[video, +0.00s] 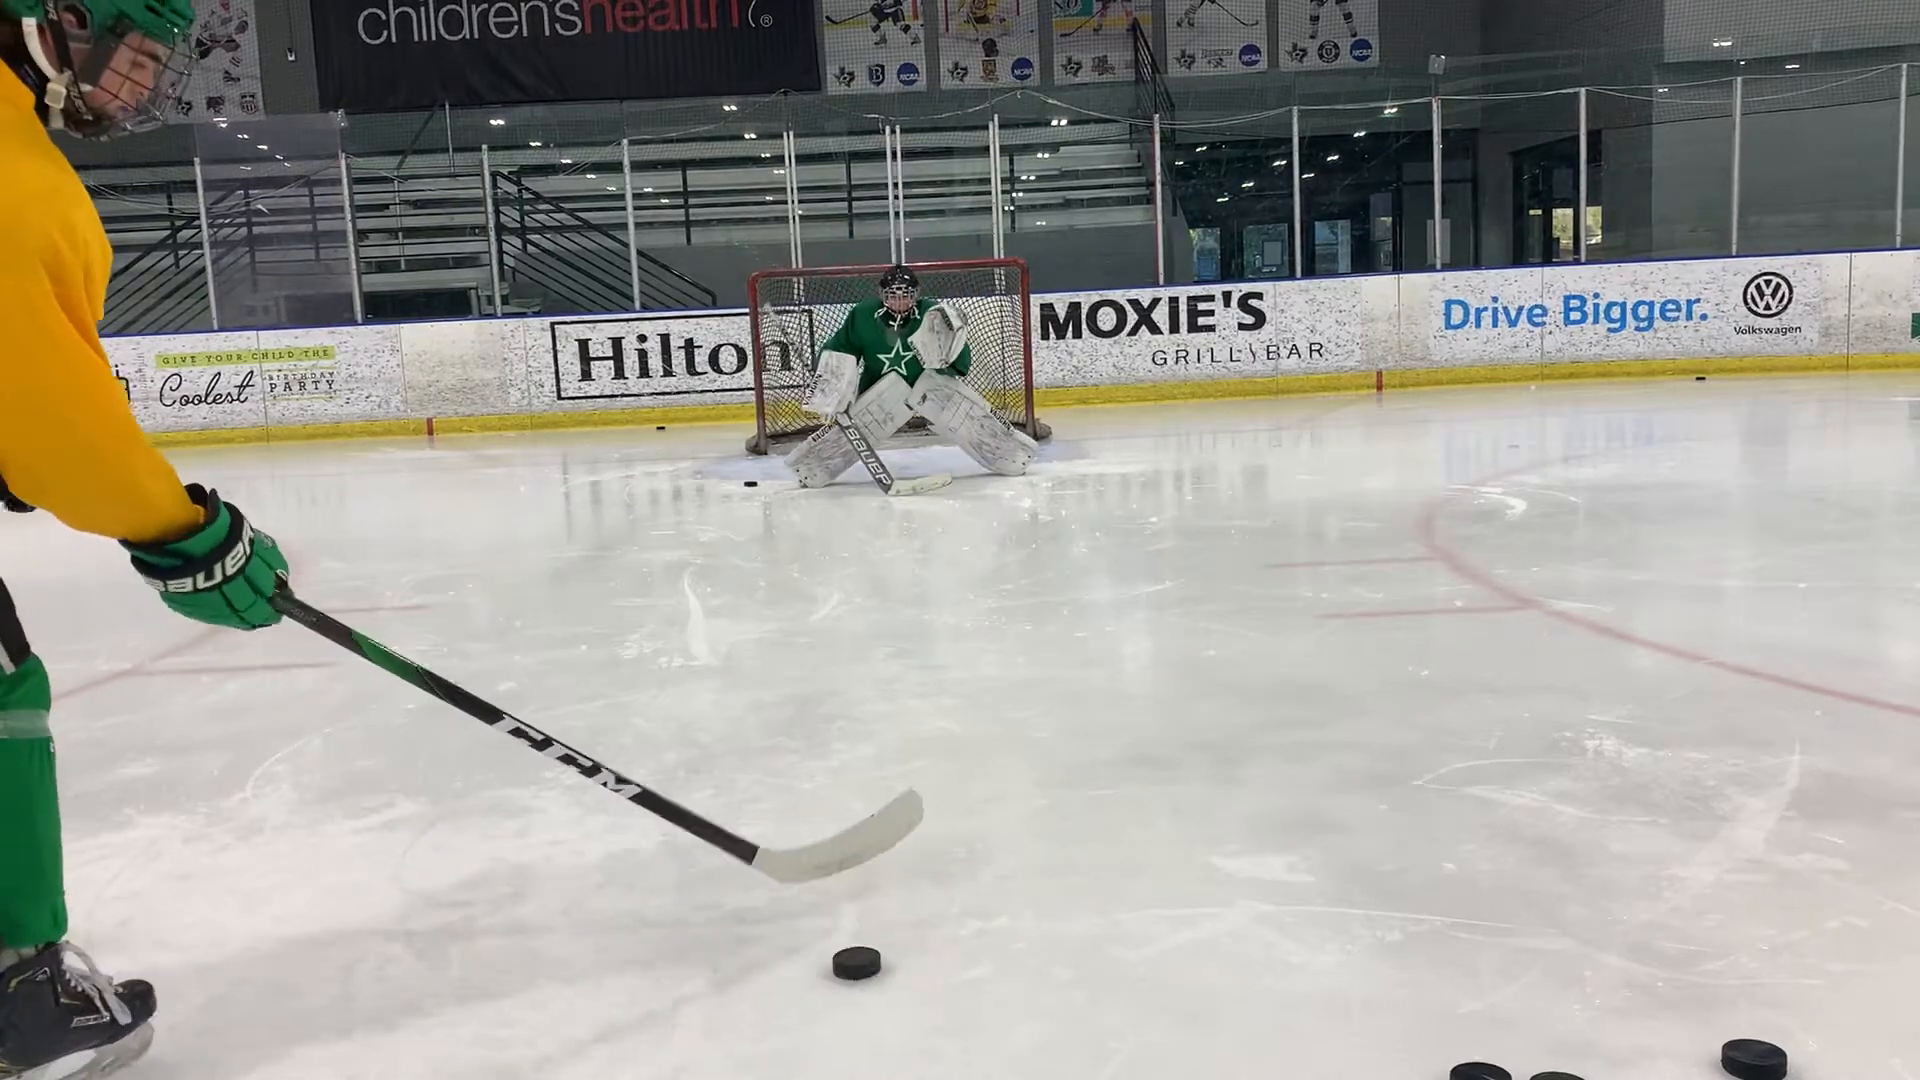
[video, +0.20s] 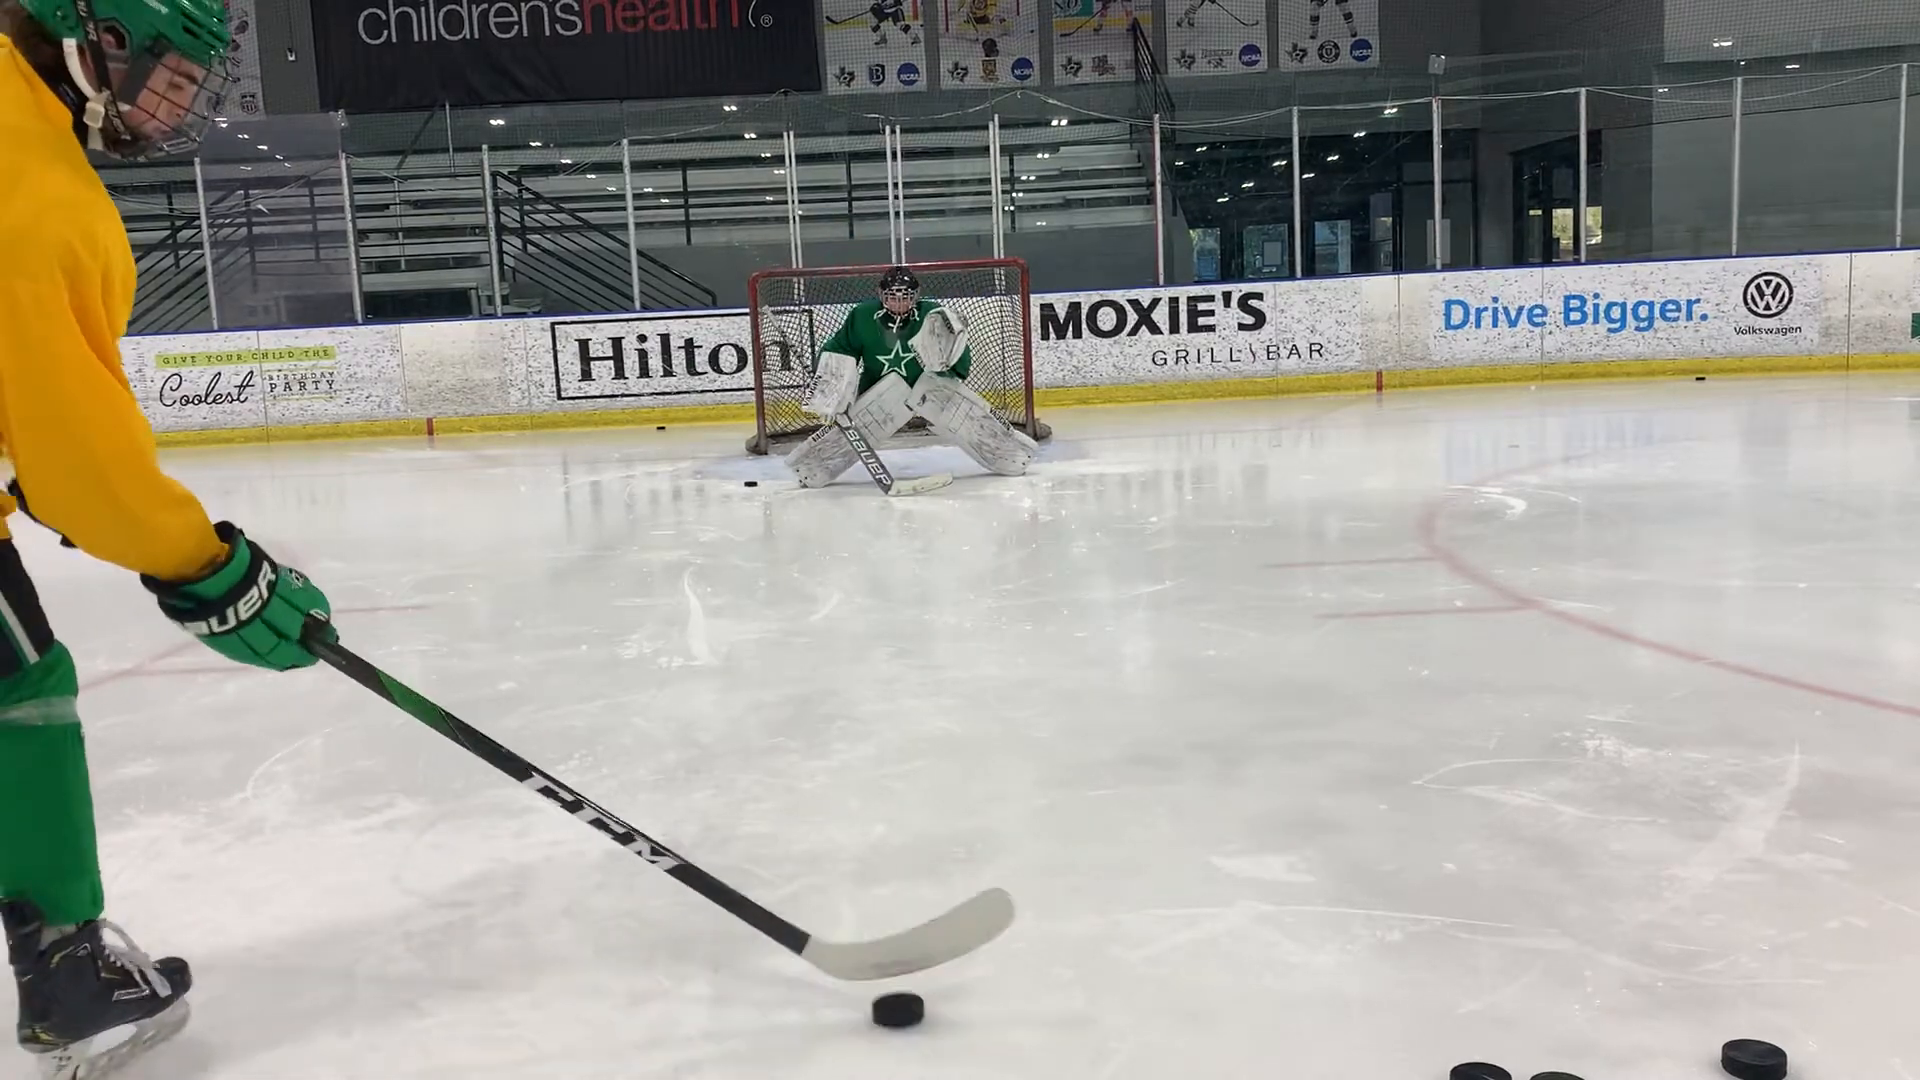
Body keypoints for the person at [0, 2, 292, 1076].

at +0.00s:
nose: (144, 81)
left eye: (159, 61)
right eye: (134, 47)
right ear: (56, 22)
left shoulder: (27, 156)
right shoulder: (18, 173)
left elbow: (43, 387)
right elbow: (46, 397)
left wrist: (163, 519)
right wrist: (187, 536)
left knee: (12, 693)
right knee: (9, 695)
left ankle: (24, 972)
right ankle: (23, 978)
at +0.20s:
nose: (178, 114)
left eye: (193, 91)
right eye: (169, 81)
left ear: (80, 48)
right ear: (88, 46)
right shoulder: (36, 197)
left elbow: (61, 415)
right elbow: (78, 447)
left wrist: (181, 554)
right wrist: (217, 574)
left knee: (27, 685)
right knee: (29, 687)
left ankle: (52, 955)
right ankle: (61, 968)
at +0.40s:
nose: (235, 135)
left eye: (243, 109)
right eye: (230, 104)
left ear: (130, 64)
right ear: (172, 81)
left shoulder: (27, 115)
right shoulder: (108, 217)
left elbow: (47, 342)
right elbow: (140, 458)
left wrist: (122, 497)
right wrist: (258, 604)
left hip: (11, 481)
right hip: (3, 492)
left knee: (77, 667)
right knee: (90, 667)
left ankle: (115, 925)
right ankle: (122, 937)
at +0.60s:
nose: (312, 157)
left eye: (319, 131)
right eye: (308, 129)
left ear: (204, 94)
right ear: (261, 114)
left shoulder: (105, 136)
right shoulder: (210, 237)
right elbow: (242, 464)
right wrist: (345, 602)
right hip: (32, 453)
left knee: (190, 629)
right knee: (200, 633)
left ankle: (232, 888)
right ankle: (240, 903)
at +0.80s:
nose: (401, 152)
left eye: (407, 125)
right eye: (400, 120)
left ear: (283, 79)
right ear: (360, 101)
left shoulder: (142, 88)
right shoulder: (347, 229)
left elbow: (60, 175)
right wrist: (430, 428)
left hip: (19, 423)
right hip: (194, 469)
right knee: (292, 666)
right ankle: (379, 851)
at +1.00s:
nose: (394, 128)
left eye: (401, 107)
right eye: (396, 105)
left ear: (277, 53)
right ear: (367, 87)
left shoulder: (136, 80)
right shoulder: (373, 197)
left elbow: (17, 235)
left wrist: (46, 346)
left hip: (89, 449)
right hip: (277, 475)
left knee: (0, 666)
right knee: (333, 697)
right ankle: (500, 850)